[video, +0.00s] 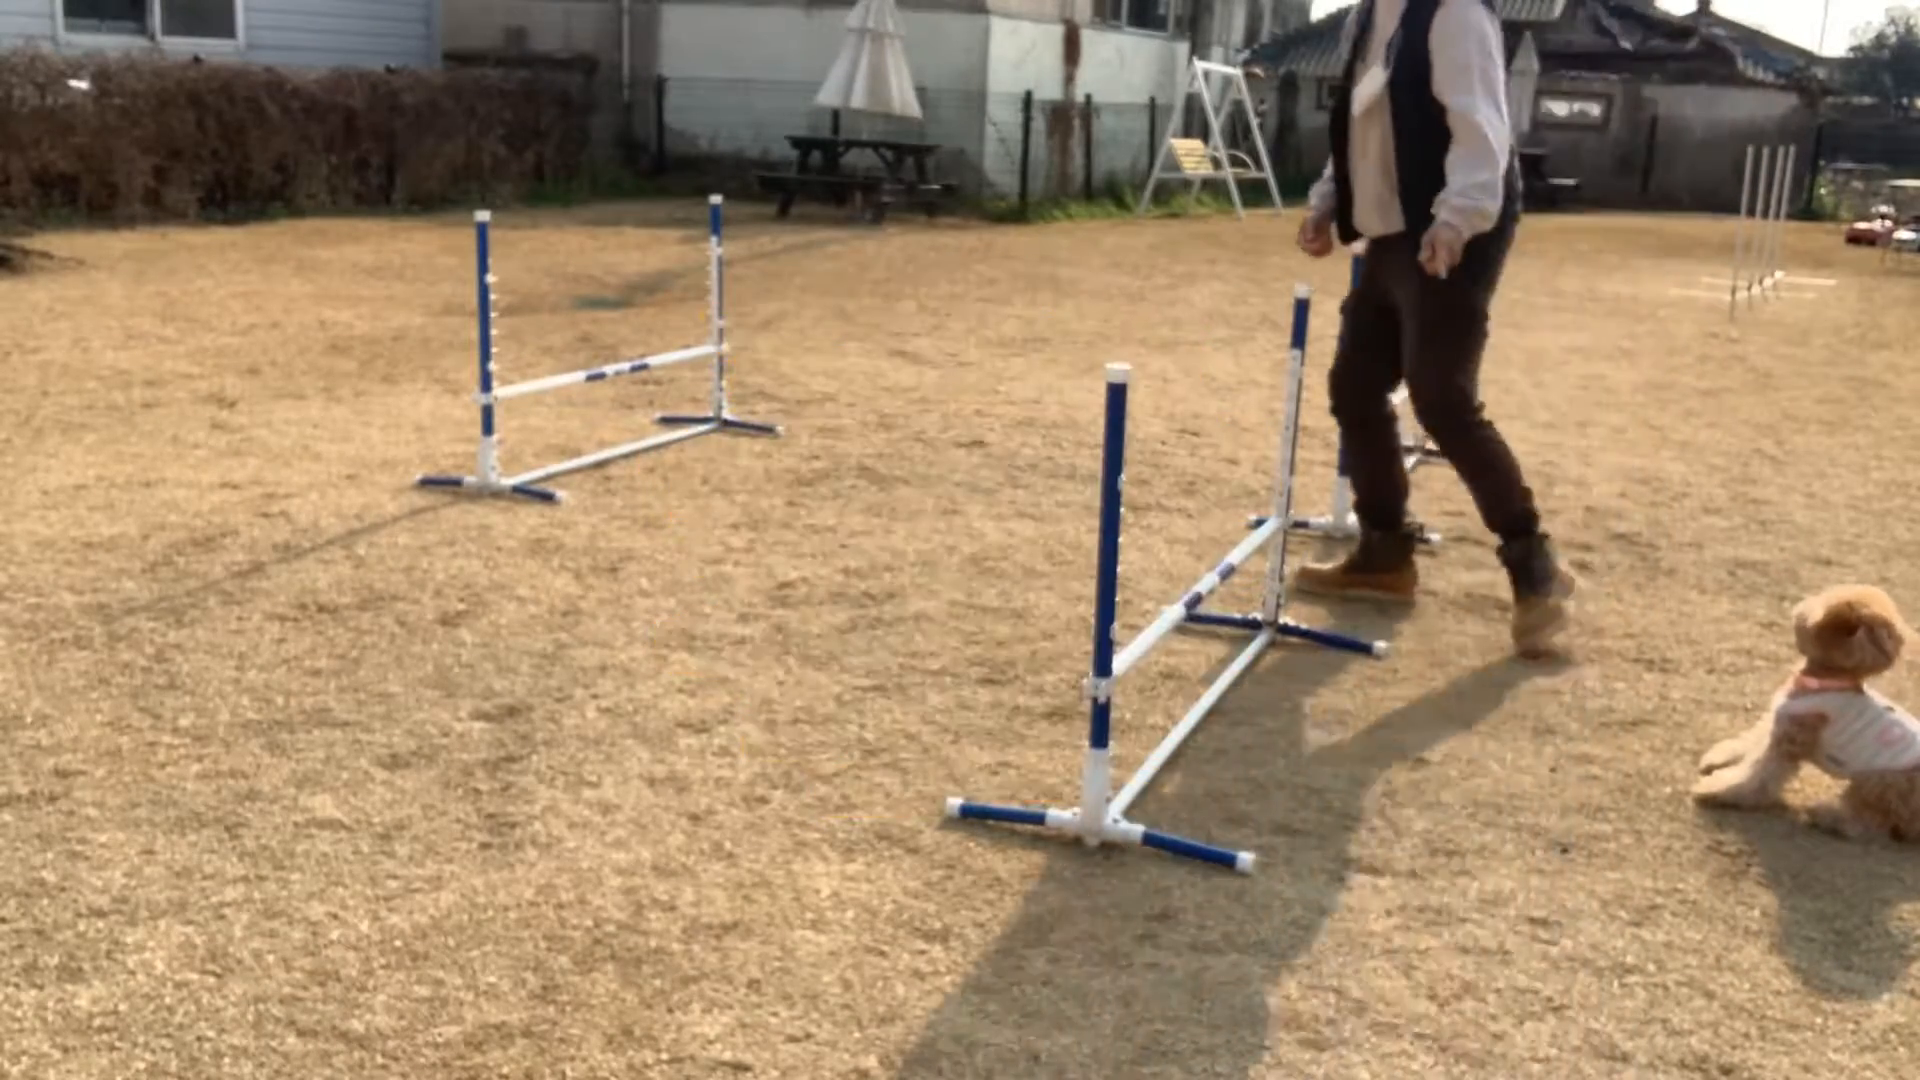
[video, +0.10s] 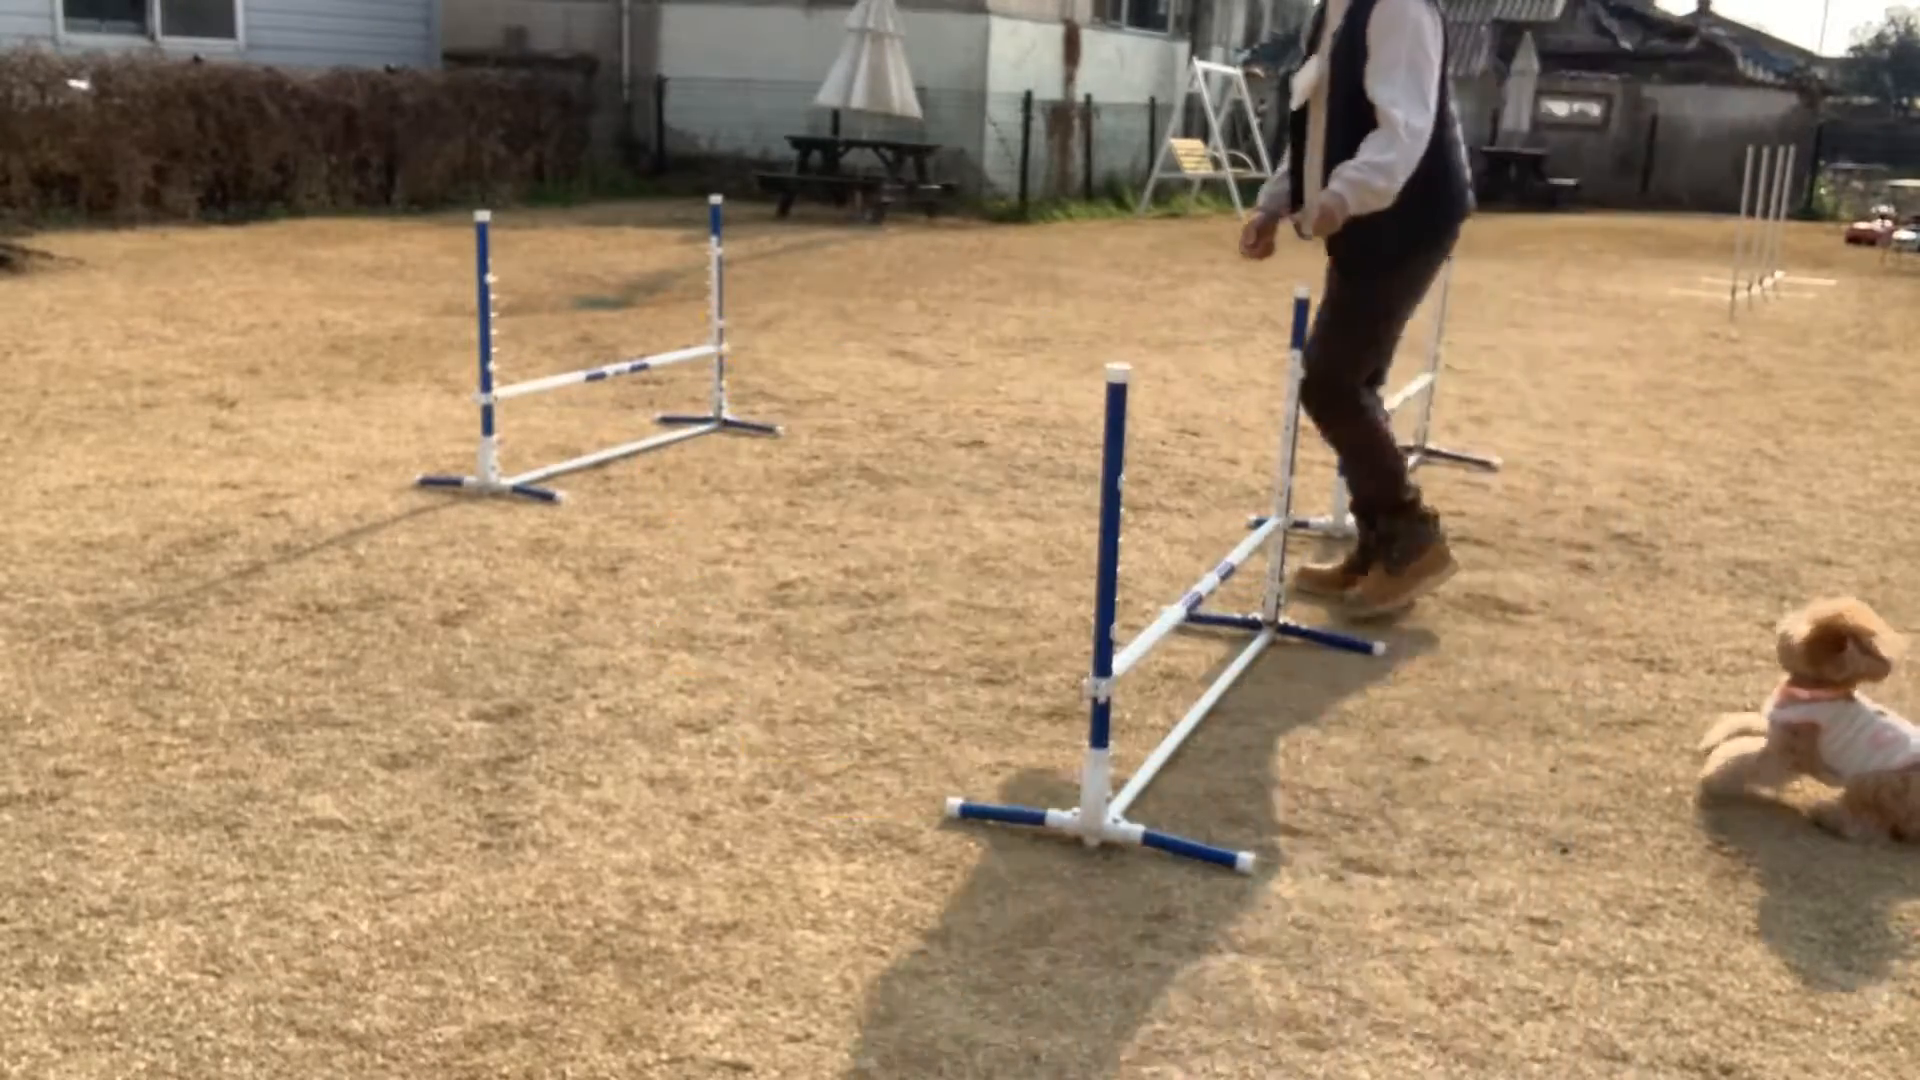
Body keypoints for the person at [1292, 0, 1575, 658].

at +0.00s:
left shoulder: (1459, 14)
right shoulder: (1371, 17)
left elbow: (1483, 129)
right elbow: (1365, 126)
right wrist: (1329, 201)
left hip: (1451, 236)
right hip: (1388, 239)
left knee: (1444, 403)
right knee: (1355, 390)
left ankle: (1535, 576)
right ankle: (1384, 555)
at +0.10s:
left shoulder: (1400, 10)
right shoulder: (1336, 15)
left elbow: (1406, 128)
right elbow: (1323, 128)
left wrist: (1342, 196)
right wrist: (1273, 204)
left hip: (1407, 213)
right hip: (1368, 213)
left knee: (1331, 384)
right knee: (1343, 382)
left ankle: (1412, 542)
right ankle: (1375, 544)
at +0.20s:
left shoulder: (1340, 9)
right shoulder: (1290, 15)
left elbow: (1339, 127)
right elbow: (1273, 134)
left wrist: (1268, 191)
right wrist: (1217, 211)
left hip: (1339, 225)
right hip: (1347, 220)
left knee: (1237, 366)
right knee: (1333, 389)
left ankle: (1227, 541)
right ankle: (1381, 556)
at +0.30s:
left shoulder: (1283, 17)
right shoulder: (1251, 18)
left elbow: (1288, 137)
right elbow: (1225, 135)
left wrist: (1227, 204)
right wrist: (1172, 216)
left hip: (1279, 238)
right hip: (1312, 231)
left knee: (1187, 374)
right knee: (1322, 395)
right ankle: (1377, 548)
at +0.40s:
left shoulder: (1211, 32)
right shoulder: (1178, 30)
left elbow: (1216, 154)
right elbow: (1165, 150)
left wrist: (1157, 227)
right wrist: (1115, 221)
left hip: (1218, 239)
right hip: (1244, 235)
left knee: (1116, 373)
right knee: (1262, 395)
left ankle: (1055, 521)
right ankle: (1363, 531)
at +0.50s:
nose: (1082, 1)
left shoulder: (1146, 41)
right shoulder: (1142, 31)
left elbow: (1130, 169)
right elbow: (1129, 161)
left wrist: (1059, 247)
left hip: (1162, 236)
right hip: (1194, 231)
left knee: (1056, 364)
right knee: (1150, 389)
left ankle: (1044, 524)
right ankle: (1274, 478)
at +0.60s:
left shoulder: (1110, 35)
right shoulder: (1089, 27)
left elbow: (1066, 156)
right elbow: (1070, 146)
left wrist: (971, 221)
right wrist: (1019, 223)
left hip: (1136, 225)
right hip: (1133, 219)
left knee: (1038, 358)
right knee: (1063, 349)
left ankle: (1042, 520)